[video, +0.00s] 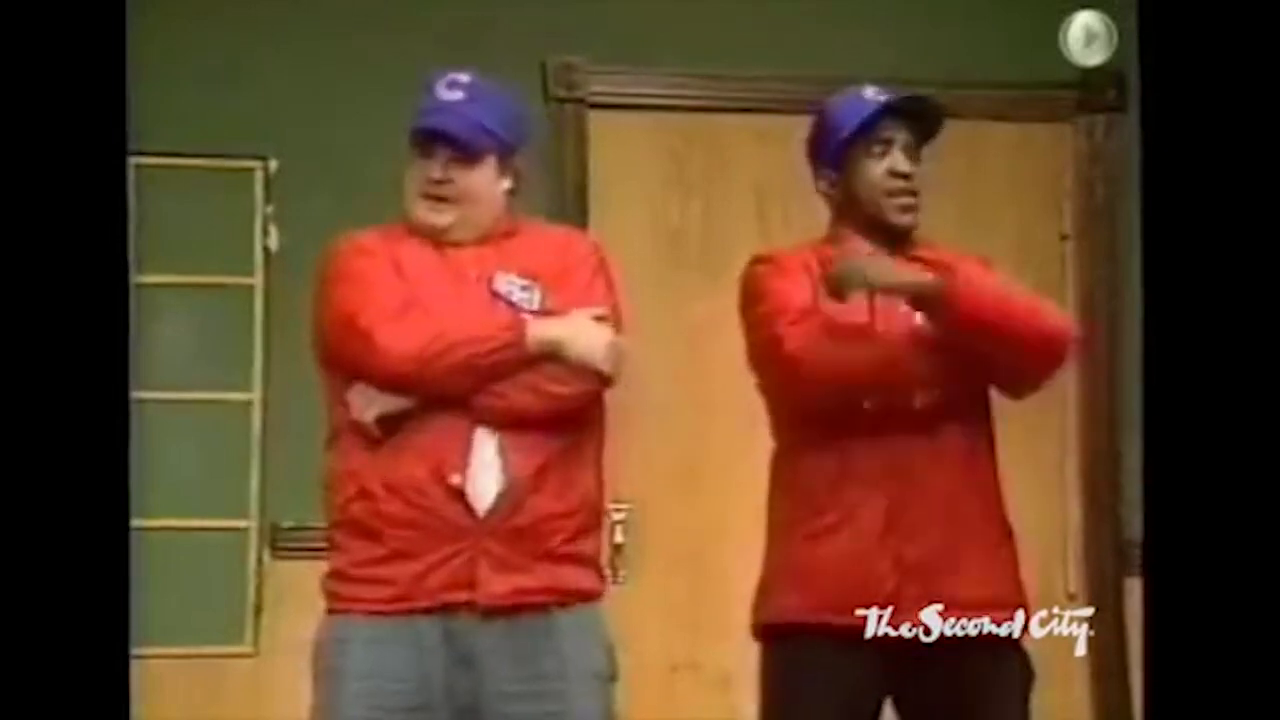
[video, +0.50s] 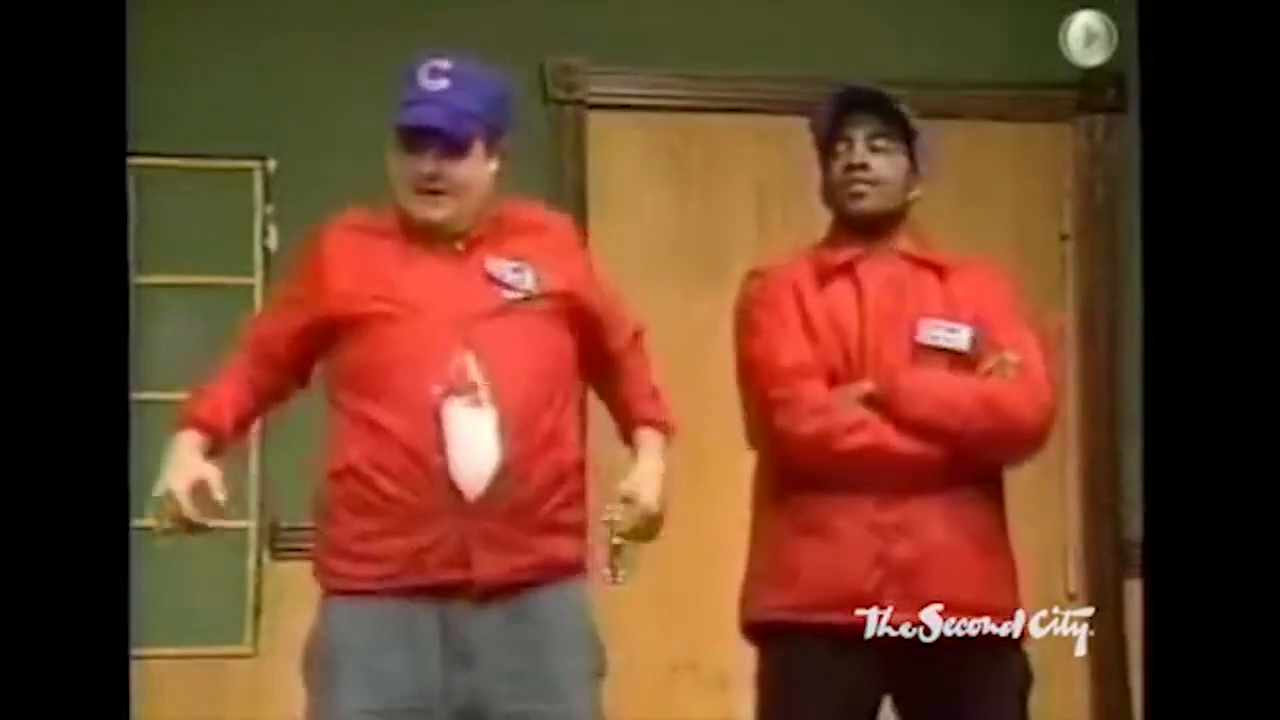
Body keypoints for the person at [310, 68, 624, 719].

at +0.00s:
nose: (436, 172)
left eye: (462, 157)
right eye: (425, 152)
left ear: (509, 174)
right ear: (407, 162)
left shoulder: (570, 256)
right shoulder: (364, 255)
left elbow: (573, 388)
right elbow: (383, 352)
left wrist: (426, 380)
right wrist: (543, 336)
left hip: (544, 609)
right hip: (384, 611)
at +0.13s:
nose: (437, 164)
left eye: (463, 149)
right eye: (425, 144)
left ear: (508, 166)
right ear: (407, 152)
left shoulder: (568, 249)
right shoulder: (362, 247)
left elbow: (611, 377)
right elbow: (341, 352)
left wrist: (480, 401)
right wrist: (485, 348)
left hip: (543, 612)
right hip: (384, 616)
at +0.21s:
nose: (437, 168)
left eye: (463, 153)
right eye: (426, 147)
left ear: (510, 165)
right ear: (410, 152)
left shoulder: (571, 257)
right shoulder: (357, 254)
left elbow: (634, 393)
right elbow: (286, 382)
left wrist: (572, 462)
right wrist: (359, 439)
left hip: (541, 617)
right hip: (383, 619)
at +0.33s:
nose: (443, 171)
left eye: (467, 155)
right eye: (428, 150)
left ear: (509, 165)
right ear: (407, 157)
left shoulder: (565, 262)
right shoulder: (357, 262)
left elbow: (625, 386)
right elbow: (266, 376)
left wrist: (643, 482)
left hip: (542, 608)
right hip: (385, 611)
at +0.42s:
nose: (441, 171)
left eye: (464, 154)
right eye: (425, 149)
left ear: (505, 164)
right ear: (401, 156)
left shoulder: (554, 248)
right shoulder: (353, 252)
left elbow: (612, 356)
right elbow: (270, 357)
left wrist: (649, 456)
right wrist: (195, 447)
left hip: (538, 595)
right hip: (383, 598)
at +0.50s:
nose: (430, 167)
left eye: (454, 149)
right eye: (413, 145)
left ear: (496, 159)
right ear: (390, 151)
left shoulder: (551, 248)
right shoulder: (343, 254)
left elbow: (621, 354)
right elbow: (263, 361)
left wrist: (650, 452)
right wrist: (192, 443)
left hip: (535, 599)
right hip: (379, 602)